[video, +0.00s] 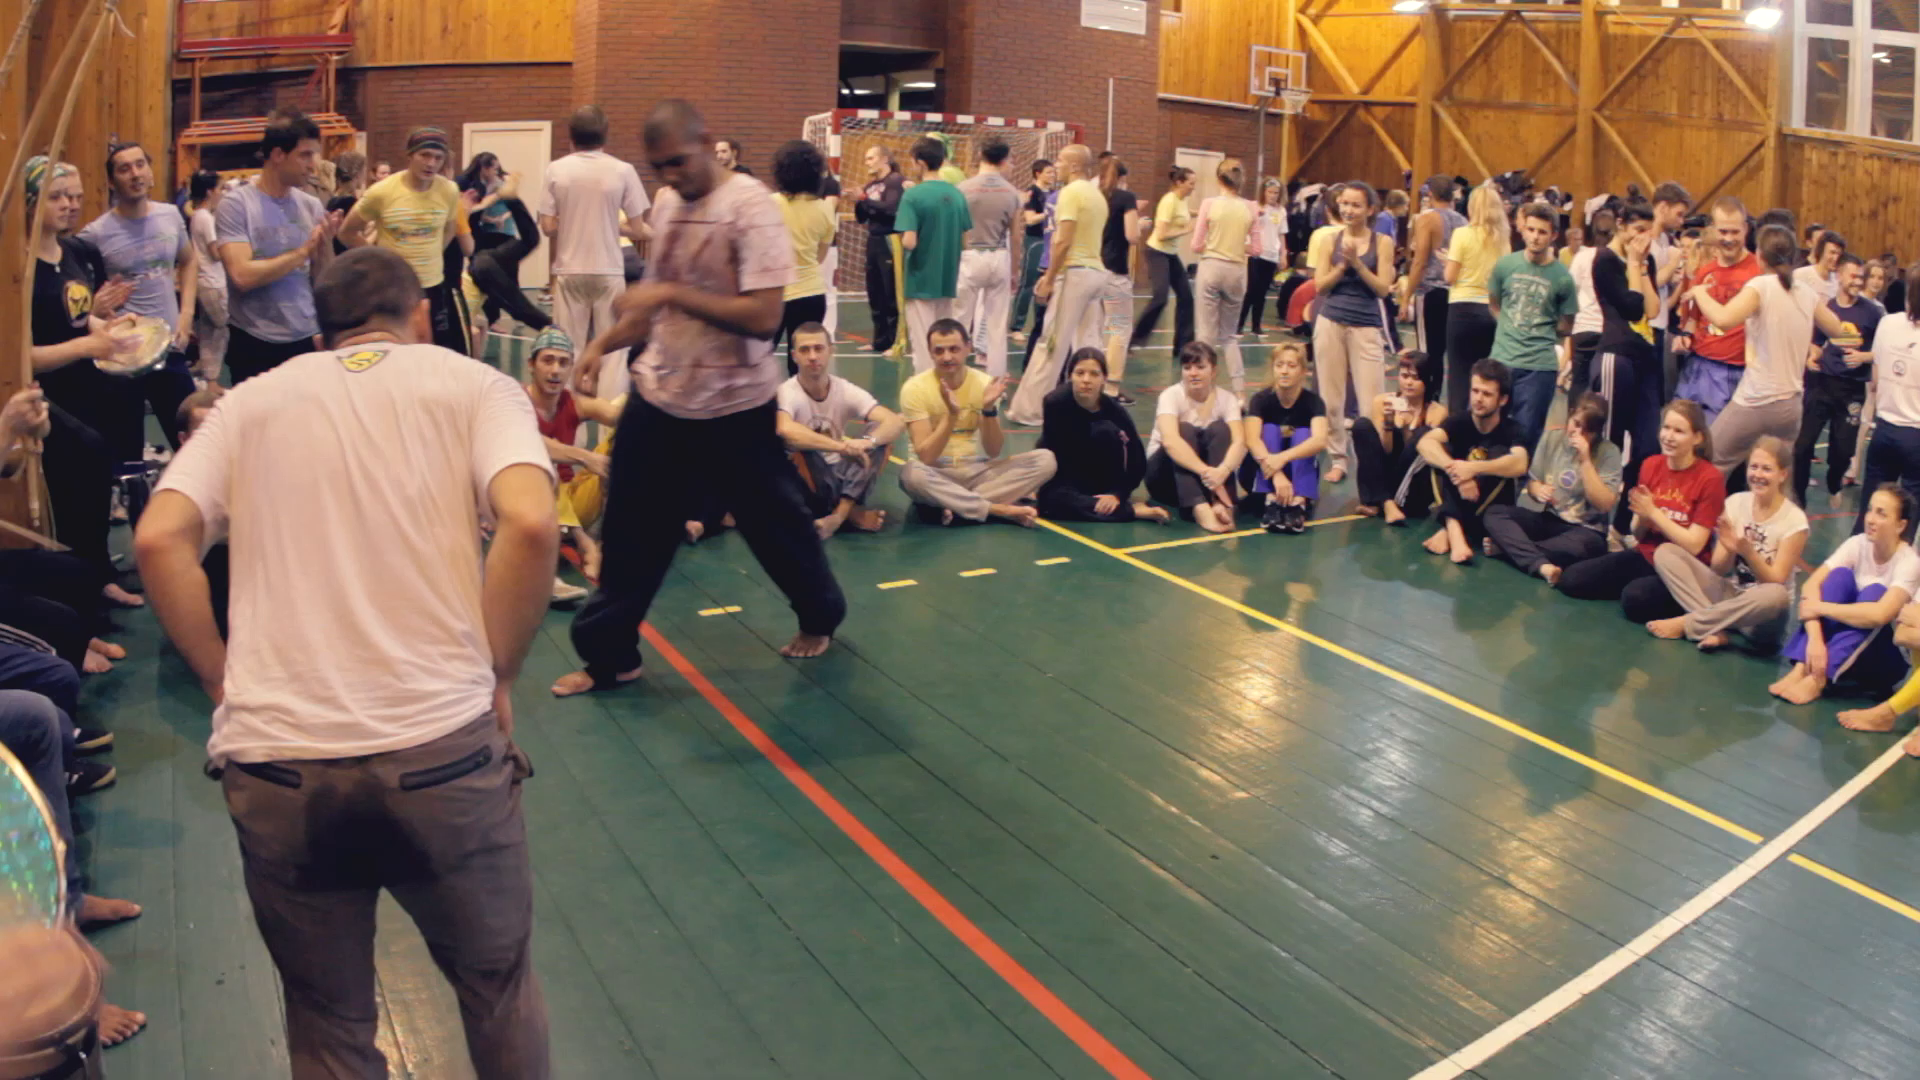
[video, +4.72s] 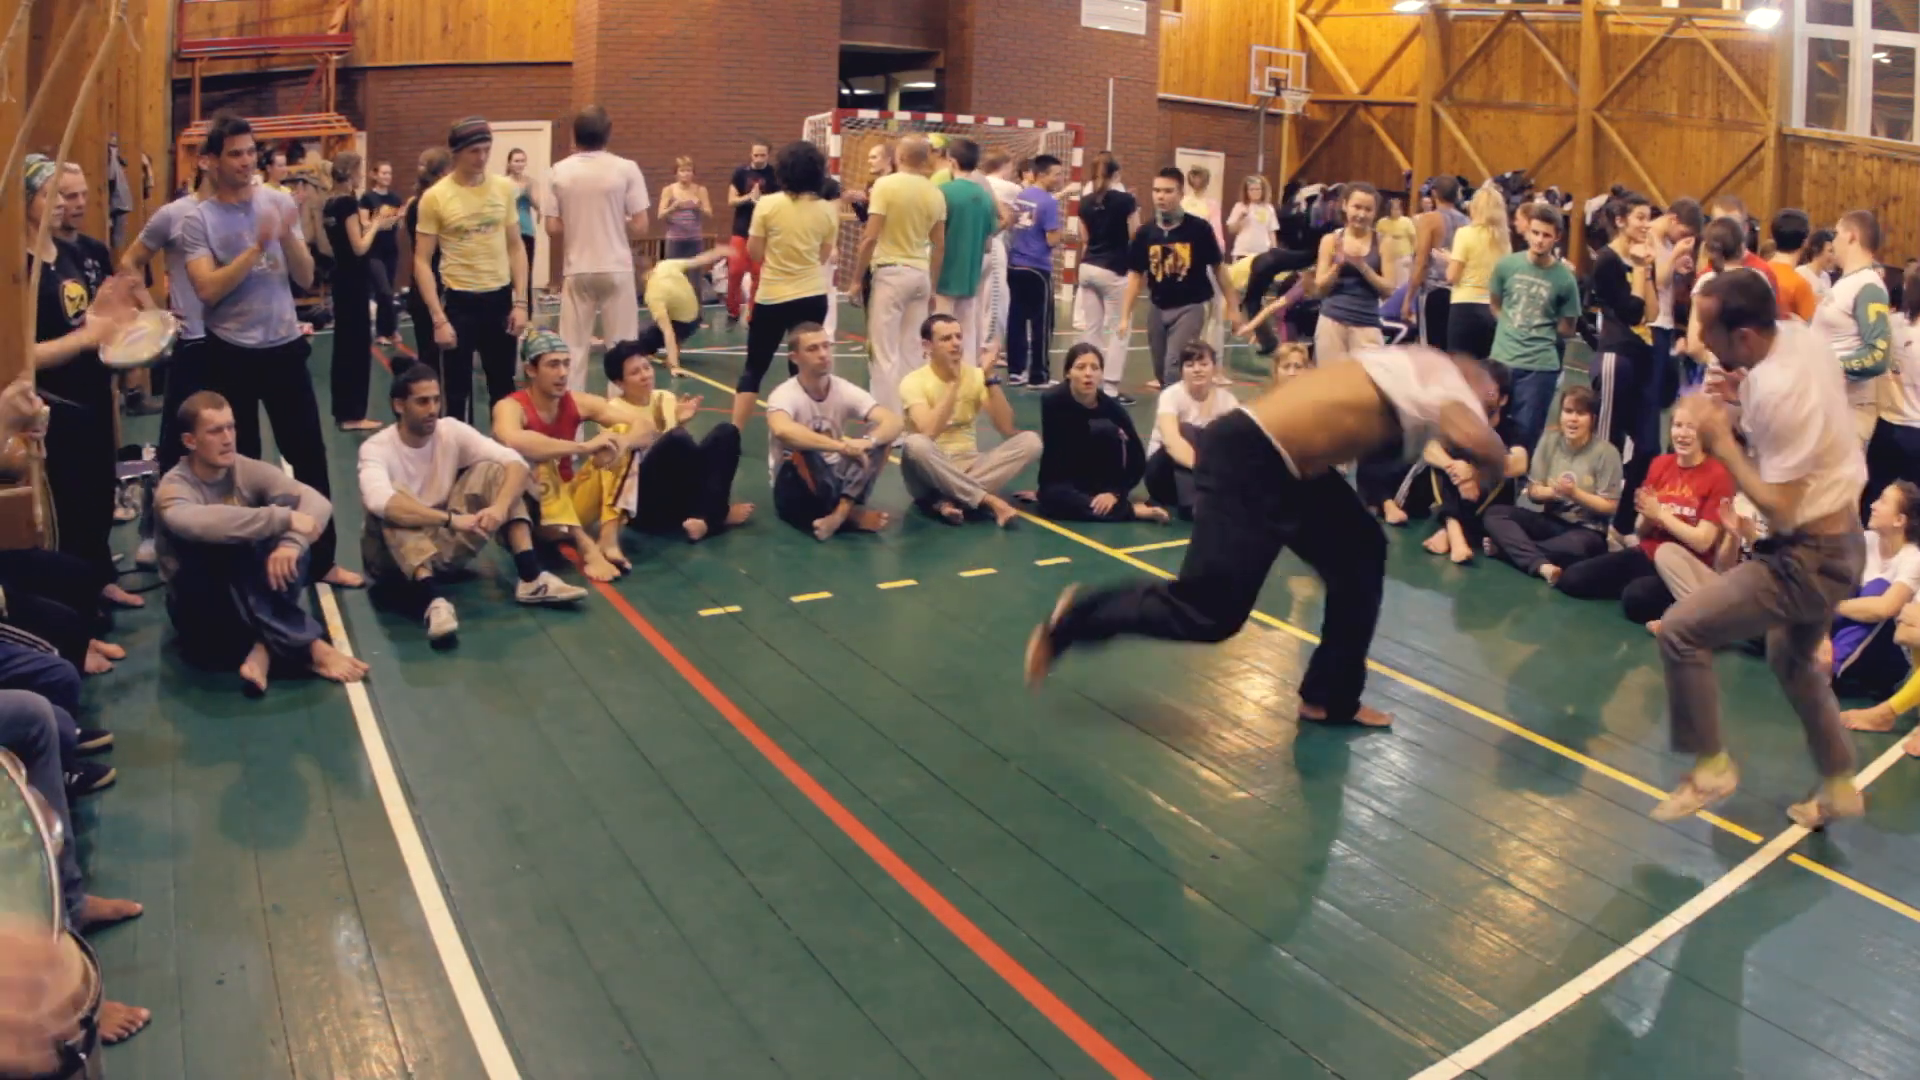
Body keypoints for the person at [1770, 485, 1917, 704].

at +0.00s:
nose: (1870, 519)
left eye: (1881, 514)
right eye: (1869, 510)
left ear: (1901, 526)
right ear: (1864, 513)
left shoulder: (1910, 562)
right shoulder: (1857, 544)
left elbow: (1880, 616)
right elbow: (1810, 586)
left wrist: (1819, 607)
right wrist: (1815, 641)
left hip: (1882, 667)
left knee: (1875, 592)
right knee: (1840, 576)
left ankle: (1818, 678)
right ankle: (1800, 668)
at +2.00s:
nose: (1870, 519)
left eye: (1881, 514)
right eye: (1869, 511)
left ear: (1901, 526)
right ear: (1864, 513)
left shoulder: (1909, 562)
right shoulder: (1857, 544)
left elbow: (1880, 616)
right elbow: (1810, 585)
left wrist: (1818, 607)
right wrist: (1815, 641)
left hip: (1881, 667)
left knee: (1875, 592)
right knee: (1840, 576)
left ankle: (1818, 678)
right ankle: (1800, 667)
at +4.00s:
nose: (1873, 520)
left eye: (1884, 515)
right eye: (1872, 511)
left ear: (1902, 526)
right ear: (1867, 512)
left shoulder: (1909, 561)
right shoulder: (1857, 544)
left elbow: (1881, 615)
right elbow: (1810, 586)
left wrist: (1818, 608)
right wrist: (1815, 640)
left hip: (1881, 667)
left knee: (1875, 592)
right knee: (1840, 577)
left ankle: (1817, 678)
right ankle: (1800, 667)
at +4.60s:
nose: (1876, 511)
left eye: (1887, 507)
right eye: (1878, 504)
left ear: (1907, 524)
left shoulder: (1913, 558)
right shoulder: (1862, 541)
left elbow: (1885, 609)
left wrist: (1823, 603)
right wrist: (1823, 646)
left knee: (1879, 587)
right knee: (1847, 577)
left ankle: (1828, 672)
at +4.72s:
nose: (1873, 505)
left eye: (1883, 502)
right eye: (1878, 499)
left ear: (1900, 520)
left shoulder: (1912, 556)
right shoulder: (1862, 540)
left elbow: (1887, 608)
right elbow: (1822, 584)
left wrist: (1834, 606)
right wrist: (1822, 638)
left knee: (1878, 587)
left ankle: (1829, 666)